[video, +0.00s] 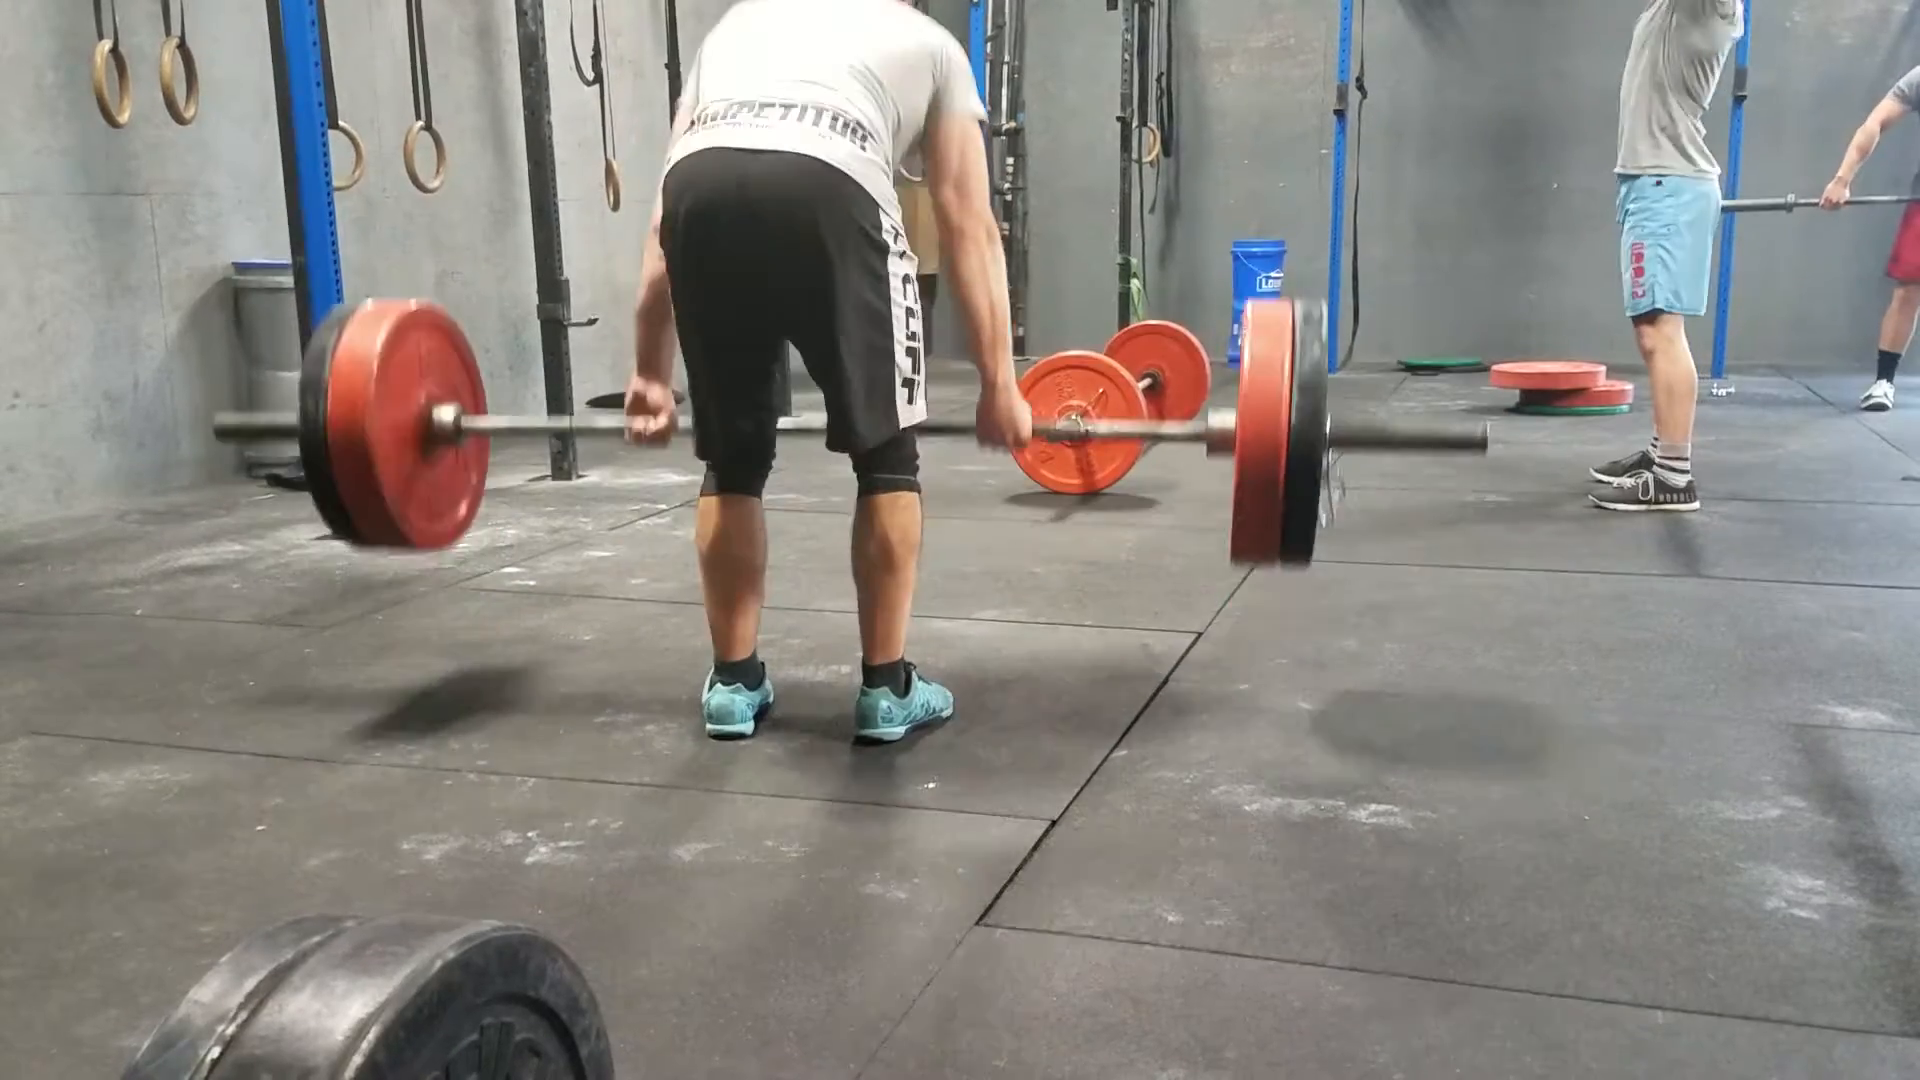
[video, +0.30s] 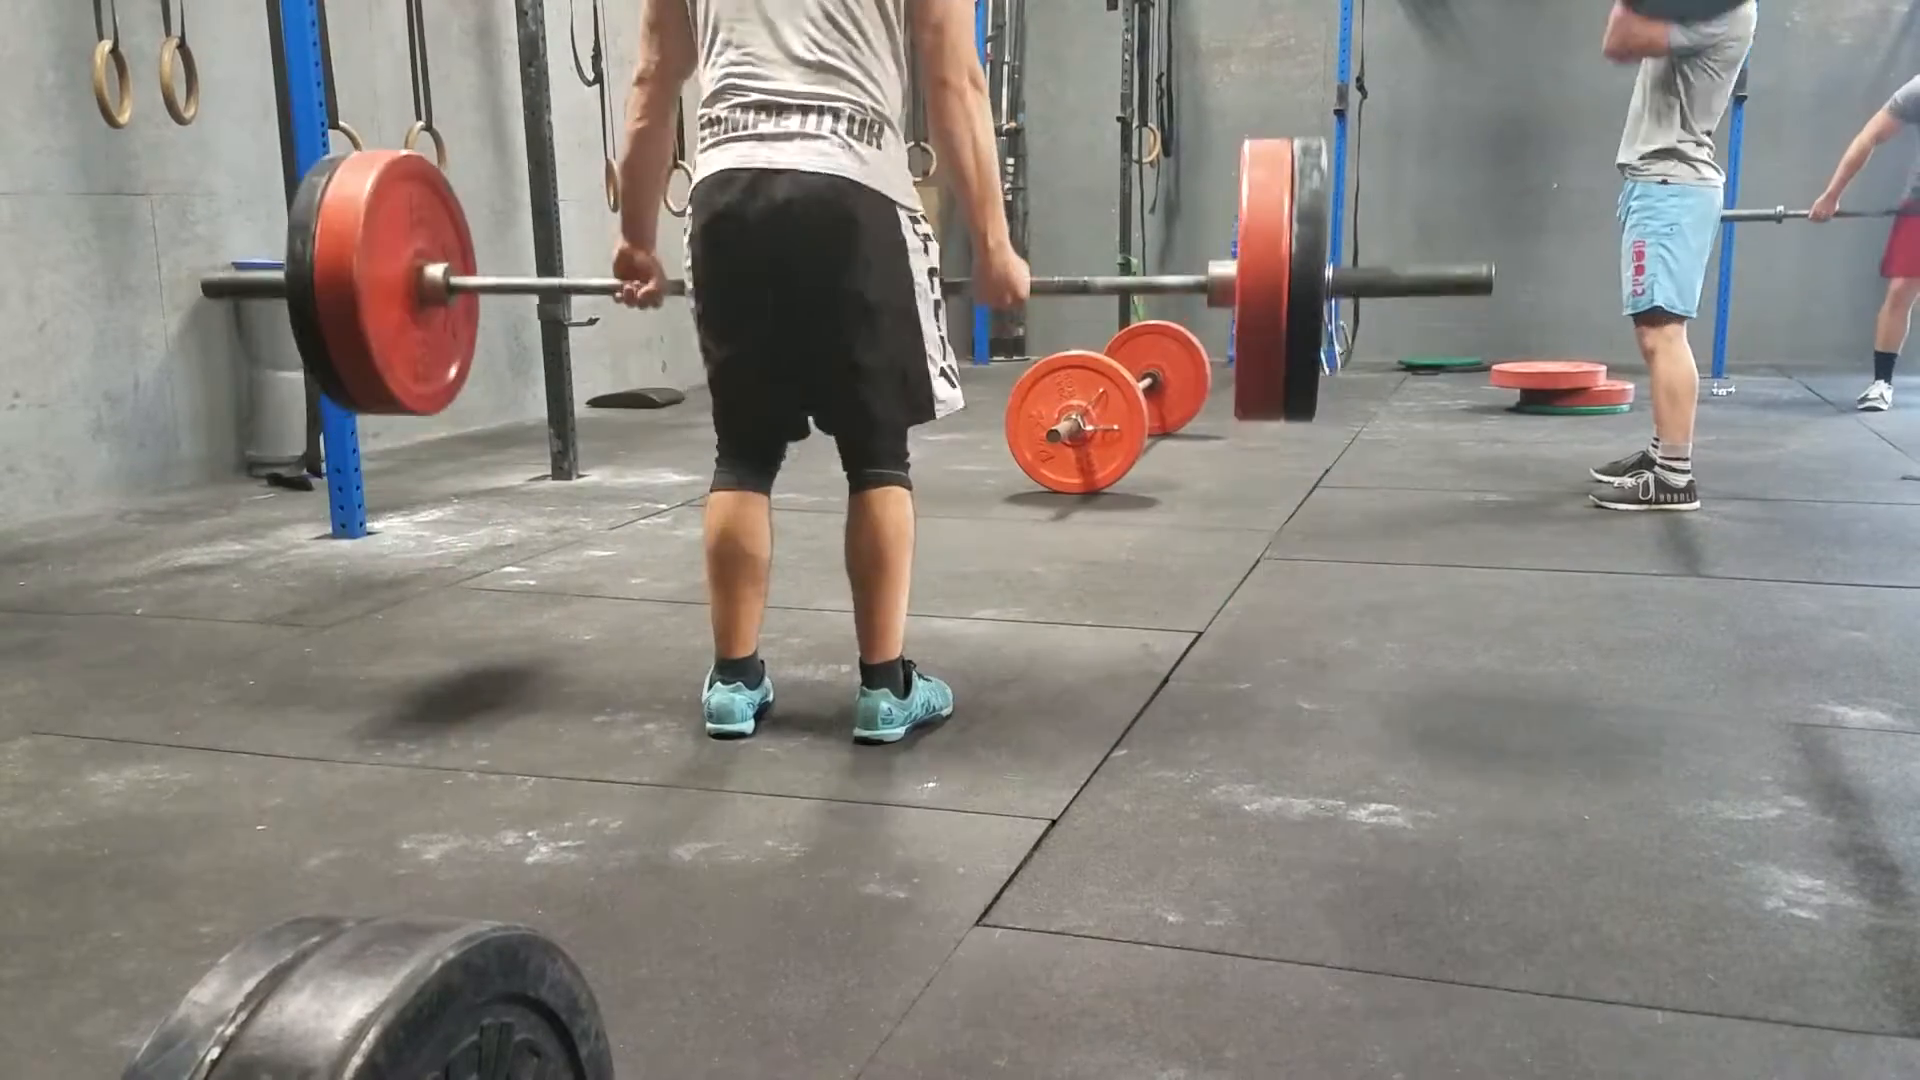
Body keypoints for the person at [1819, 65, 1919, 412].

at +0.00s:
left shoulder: (1915, 79)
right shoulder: (1918, 77)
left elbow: (1876, 123)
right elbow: (1876, 122)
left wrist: (1842, 178)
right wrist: (1842, 178)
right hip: (1919, 203)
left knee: (1909, 290)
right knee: (1909, 289)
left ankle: (1883, 381)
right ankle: (1883, 382)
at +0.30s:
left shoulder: (1914, 90)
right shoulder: (1916, 89)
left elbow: (1870, 136)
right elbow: (1870, 136)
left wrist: (1831, 195)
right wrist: (1831, 193)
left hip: (1913, 209)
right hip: (1915, 208)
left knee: (1902, 290)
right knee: (1902, 287)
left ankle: (1882, 382)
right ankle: (1881, 382)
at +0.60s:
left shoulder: (1912, 136)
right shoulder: (1914, 135)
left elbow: (1863, 186)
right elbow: (1863, 185)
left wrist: (1823, 241)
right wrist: (1824, 241)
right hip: (1915, 204)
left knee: (1895, 289)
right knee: (1893, 288)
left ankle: (1881, 383)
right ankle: (1880, 383)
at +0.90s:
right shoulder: (1911, 184)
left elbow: (1857, 235)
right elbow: (1857, 235)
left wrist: (1820, 290)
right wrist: (1820, 289)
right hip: (1912, 221)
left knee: (1887, 297)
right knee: (1884, 296)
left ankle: (1878, 383)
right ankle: (1878, 384)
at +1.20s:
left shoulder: (1911, 203)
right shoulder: (1913, 204)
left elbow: (1858, 255)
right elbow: (1859, 255)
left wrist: (1821, 311)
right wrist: (1822, 310)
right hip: (1913, 237)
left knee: (1889, 288)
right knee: (1886, 286)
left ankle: (1880, 384)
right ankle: (1879, 385)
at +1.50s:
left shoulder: (1913, 149)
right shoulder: (1915, 148)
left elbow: (1861, 193)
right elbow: (1862, 192)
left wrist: (1828, 251)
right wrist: (1828, 250)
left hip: (1913, 209)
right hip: (1914, 208)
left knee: (1891, 294)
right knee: (1888, 293)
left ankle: (1881, 383)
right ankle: (1881, 383)